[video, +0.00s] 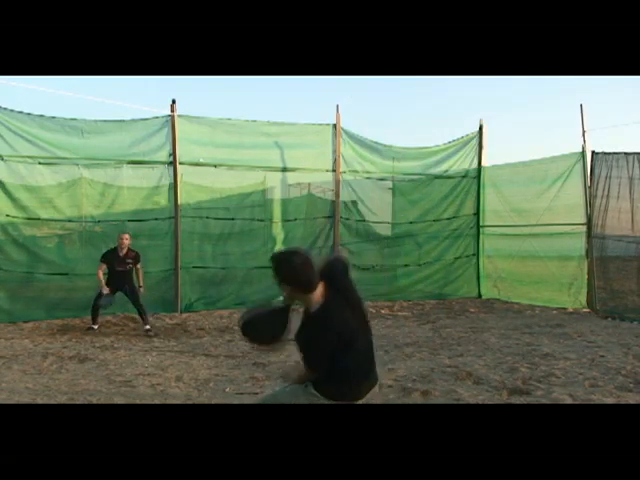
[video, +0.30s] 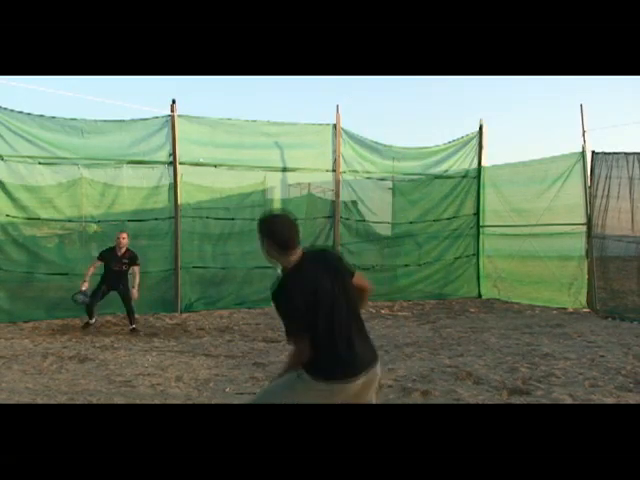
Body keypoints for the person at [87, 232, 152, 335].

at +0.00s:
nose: (123, 242)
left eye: (126, 239)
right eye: (121, 239)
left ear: (129, 241)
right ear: (118, 241)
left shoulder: (134, 255)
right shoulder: (109, 254)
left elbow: (138, 269)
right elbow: (100, 270)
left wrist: (140, 285)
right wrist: (103, 286)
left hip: (127, 284)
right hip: (111, 284)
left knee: (137, 303)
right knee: (97, 303)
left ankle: (147, 325)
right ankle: (94, 324)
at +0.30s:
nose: (121, 241)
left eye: (123, 238)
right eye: (119, 238)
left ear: (127, 241)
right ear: (116, 240)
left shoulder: (131, 256)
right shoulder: (107, 253)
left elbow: (136, 272)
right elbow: (93, 266)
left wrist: (135, 288)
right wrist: (86, 281)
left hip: (122, 283)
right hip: (106, 282)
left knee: (128, 305)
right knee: (90, 302)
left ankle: (133, 325)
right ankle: (91, 320)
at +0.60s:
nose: (97, 265)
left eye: (99, 262)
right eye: (95, 262)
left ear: (104, 262)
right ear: (93, 262)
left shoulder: (112, 267)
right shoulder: (89, 271)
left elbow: (129, 273)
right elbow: (77, 288)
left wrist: (142, 283)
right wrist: (66, 305)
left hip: (110, 285)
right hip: (94, 286)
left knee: (124, 301)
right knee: (78, 301)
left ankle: (133, 325)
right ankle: (74, 325)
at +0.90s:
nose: (80, 266)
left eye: (82, 263)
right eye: (78, 264)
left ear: (85, 262)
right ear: (74, 264)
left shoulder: (94, 265)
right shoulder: (71, 273)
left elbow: (101, 270)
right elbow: (62, 289)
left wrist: (106, 274)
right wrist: (59, 304)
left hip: (95, 285)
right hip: (79, 288)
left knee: (112, 302)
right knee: (67, 301)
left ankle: (125, 322)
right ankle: (71, 326)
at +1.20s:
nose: (87, 243)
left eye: (89, 241)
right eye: (84, 241)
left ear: (93, 241)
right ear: (82, 242)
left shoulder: (102, 252)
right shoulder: (77, 256)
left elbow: (112, 264)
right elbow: (68, 269)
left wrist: (117, 276)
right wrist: (63, 285)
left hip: (101, 281)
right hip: (86, 282)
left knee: (112, 301)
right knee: (75, 301)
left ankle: (109, 320)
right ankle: (72, 325)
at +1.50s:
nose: (97, 232)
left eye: (99, 229)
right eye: (94, 230)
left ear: (103, 230)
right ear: (92, 231)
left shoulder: (111, 245)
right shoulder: (86, 245)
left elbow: (118, 260)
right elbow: (81, 258)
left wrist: (115, 271)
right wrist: (77, 270)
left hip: (106, 275)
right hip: (92, 275)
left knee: (110, 298)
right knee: (84, 297)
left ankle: (109, 320)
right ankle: (86, 321)